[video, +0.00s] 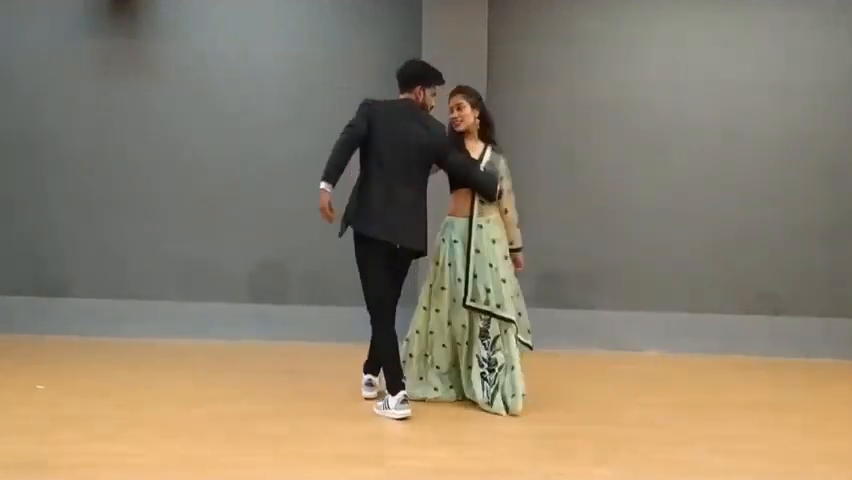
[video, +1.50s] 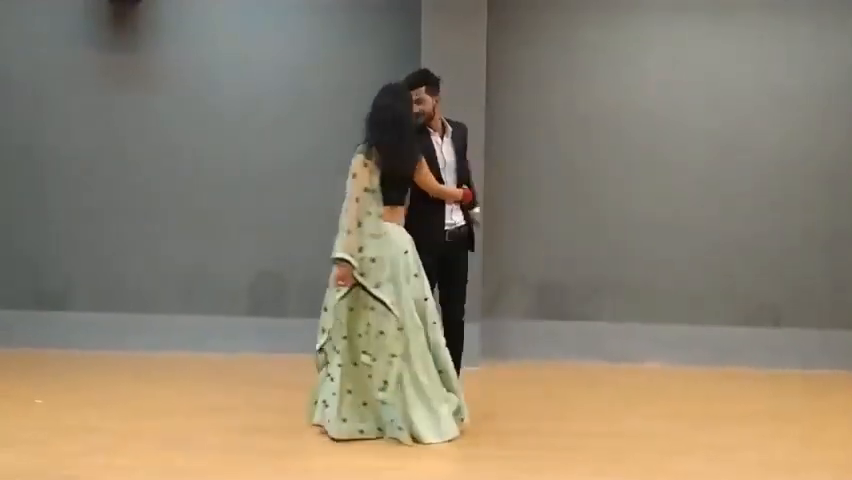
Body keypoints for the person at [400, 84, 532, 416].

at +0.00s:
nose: (455, 115)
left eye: (461, 108)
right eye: (452, 110)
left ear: (477, 112)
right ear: (450, 117)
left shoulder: (496, 159)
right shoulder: (448, 152)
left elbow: (507, 205)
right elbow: (420, 160)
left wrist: (515, 246)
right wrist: (418, 115)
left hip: (488, 234)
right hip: (455, 232)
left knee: (488, 309)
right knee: (452, 307)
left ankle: (487, 382)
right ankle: (450, 381)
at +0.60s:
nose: (450, 111)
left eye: (455, 105)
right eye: (450, 105)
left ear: (471, 109)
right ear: (464, 110)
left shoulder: (496, 151)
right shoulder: (453, 148)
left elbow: (513, 204)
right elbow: (442, 183)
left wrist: (527, 251)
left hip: (485, 242)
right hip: (452, 240)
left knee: (483, 316)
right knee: (449, 317)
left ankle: (492, 394)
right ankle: (452, 396)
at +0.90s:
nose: (432, 110)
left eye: (436, 103)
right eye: (432, 104)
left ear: (449, 108)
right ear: (452, 108)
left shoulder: (464, 153)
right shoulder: (442, 149)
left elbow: (474, 206)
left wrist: (477, 255)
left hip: (452, 247)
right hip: (435, 246)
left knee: (455, 324)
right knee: (439, 324)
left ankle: (465, 403)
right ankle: (448, 401)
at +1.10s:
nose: (412, 116)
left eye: (416, 109)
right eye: (413, 109)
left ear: (428, 113)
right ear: (443, 112)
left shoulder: (437, 158)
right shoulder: (427, 155)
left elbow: (439, 212)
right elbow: (429, 210)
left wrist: (439, 261)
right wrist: (406, 200)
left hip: (427, 254)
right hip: (415, 250)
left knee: (423, 331)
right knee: (412, 329)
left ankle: (420, 407)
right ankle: (408, 405)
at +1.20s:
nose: (404, 118)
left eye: (409, 112)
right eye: (409, 111)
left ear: (416, 118)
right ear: (437, 120)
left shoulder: (419, 162)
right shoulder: (420, 159)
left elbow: (418, 216)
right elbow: (418, 215)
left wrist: (417, 263)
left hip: (414, 259)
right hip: (414, 257)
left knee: (409, 334)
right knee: (411, 334)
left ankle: (407, 406)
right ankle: (408, 405)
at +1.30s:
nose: (436, 123)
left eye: (434, 114)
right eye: (432, 115)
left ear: (403, 115)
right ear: (421, 118)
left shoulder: (418, 160)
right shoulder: (401, 162)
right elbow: (395, 215)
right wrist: (395, 264)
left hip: (418, 260)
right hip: (403, 262)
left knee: (414, 336)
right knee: (399, 337)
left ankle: (409, 409)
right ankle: (393, 409)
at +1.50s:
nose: (414, 111)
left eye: (411, 103)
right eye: (410, 106)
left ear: (375, 114)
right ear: (406, 115)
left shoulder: (364, 158)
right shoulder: (411, 156)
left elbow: (352, 210)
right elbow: (432, 188)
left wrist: (345, 256)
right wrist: (458, 194)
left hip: (369, 248)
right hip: (400, 247)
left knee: (363, 329)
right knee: (401, 328)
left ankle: (358, 410)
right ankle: (401, 409)